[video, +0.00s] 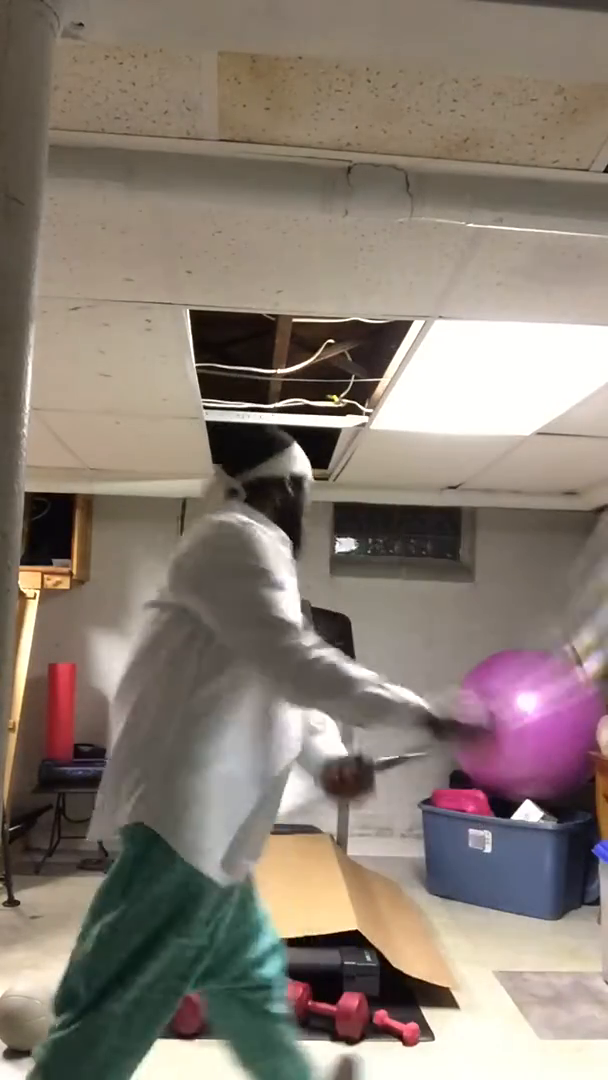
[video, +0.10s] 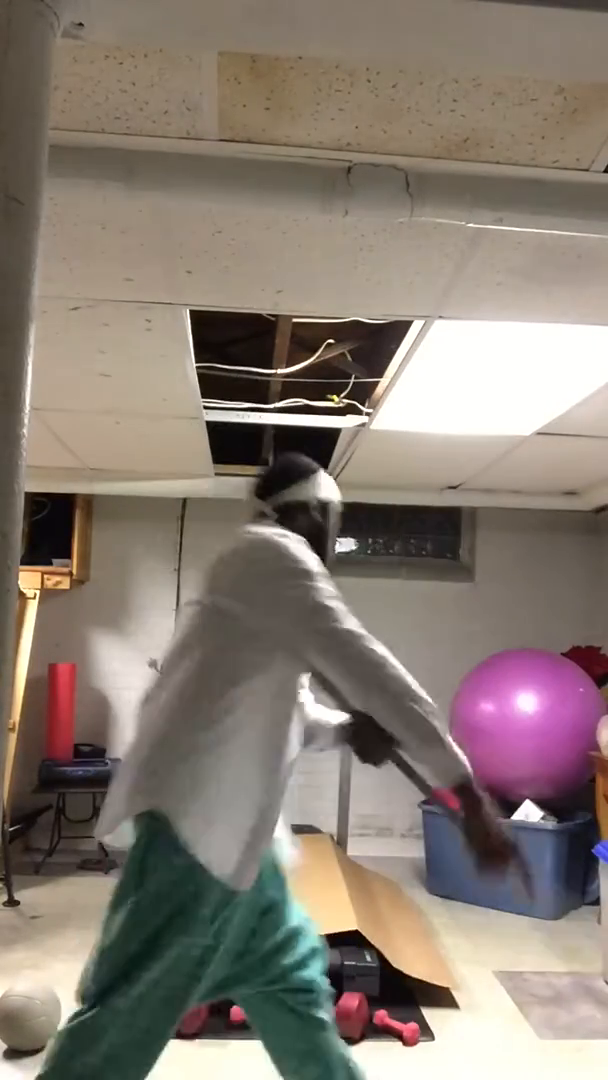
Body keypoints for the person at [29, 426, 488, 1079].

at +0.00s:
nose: (305, 505)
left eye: (305, 490)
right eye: (297, 488)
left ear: (251, 488)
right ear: (267, 486)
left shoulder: (258, 554)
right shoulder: (234, 539)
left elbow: (282, 690)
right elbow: (293, 658)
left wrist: (329, 759)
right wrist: (425, 716)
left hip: (216, 812)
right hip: (181, 805)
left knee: (248, 980)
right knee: (113, 1005)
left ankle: (295, 1075)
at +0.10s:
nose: (335, 535)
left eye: (336, 520)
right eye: (331, 517)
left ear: (276, 509)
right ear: (305, 510)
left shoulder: (261, 569)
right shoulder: (271, 554)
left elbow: (270, 717)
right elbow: (363, 665)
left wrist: (349, 731)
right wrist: (468, 792)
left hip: (228, 813)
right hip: (196, 805)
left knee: (288, 980)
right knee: (132, 1006)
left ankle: (331, 1073)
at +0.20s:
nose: (371, 543)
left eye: (372, 530)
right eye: (365, 528)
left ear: (306, 522)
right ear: (338, 524)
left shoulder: (292, 574)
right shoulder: (317, 558)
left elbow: (294, 721)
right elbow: (398, 684)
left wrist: (387, 734)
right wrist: (475, 830)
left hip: (265, 814)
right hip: (232, 807)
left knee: (314, 985)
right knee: (164, 995)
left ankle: (349, 1074)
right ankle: (87, 1070)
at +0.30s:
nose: (397, 542)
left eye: (397, 532)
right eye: (395, 530)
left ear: (335, 523)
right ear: (382, 526)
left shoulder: (313, 575)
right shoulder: (359, 558)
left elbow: (345, 716)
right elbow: (435, 681)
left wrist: (439, 739)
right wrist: (496, 814)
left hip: (274, 788)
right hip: (279, 785)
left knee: (329, 963)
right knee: (229, 974)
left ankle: (355, 1073)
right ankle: (145, 1066)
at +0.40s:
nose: (414, 534)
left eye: (412, 525)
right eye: (411, 524)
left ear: (347, 523)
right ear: (401, 521)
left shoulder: (329, 571)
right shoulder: (390, 557)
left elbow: (374, 705)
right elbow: (466, 679)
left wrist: (463, 737)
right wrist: (538, 803)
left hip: (308, 794)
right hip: (307, 792)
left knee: (347, 987)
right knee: (299, 996)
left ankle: (361, 1072)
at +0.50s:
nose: (421, 521)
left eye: (419, 513)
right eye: (419, 512)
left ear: (355, 509)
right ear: (410, 509)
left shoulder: (327, 562)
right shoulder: (412, 551)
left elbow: (362, 675)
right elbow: (490, 673)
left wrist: (453, 717)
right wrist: (559, 792)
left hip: (287, 786)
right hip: (348, 781)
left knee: (332, 983)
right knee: (374, 987)